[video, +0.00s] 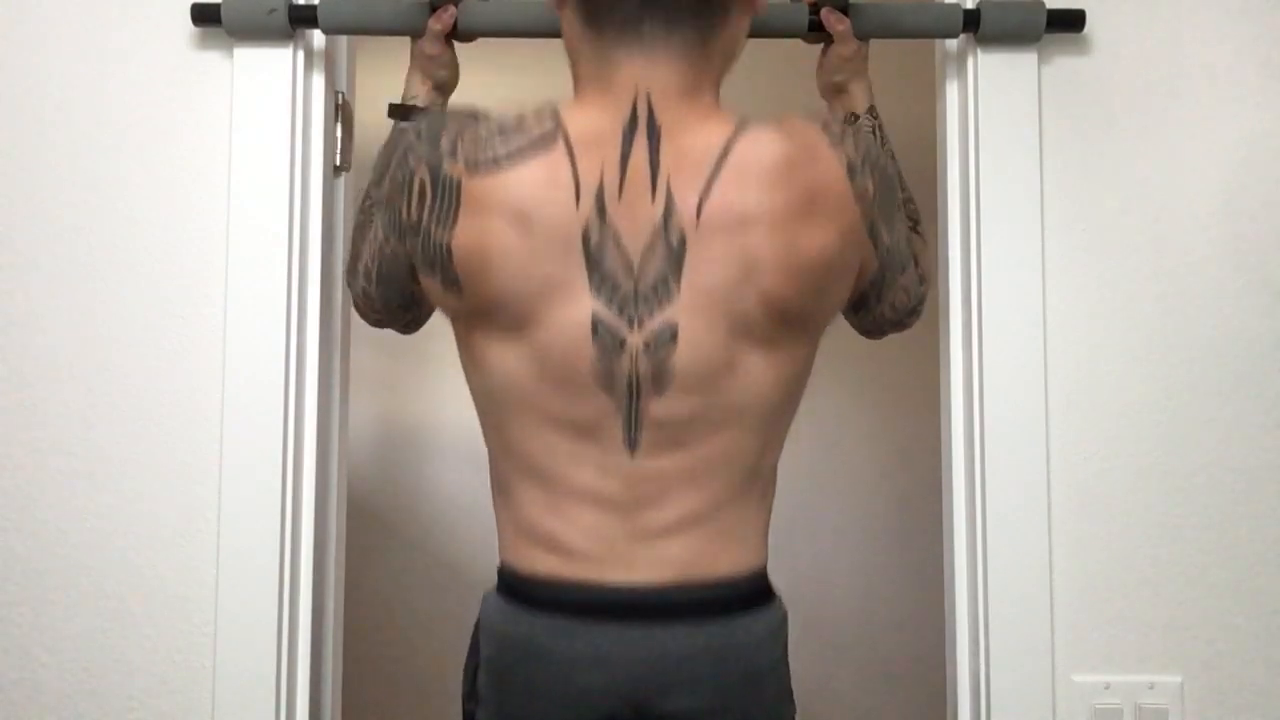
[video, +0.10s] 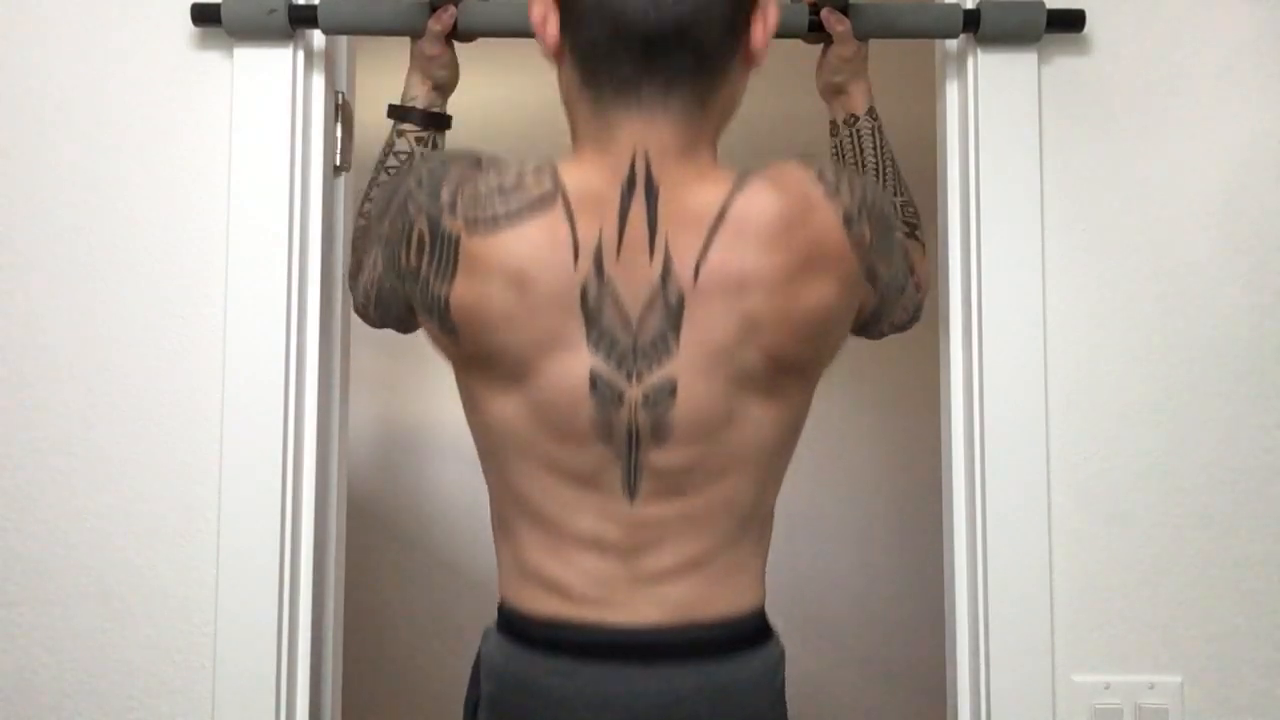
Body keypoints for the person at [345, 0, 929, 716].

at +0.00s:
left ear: (568, 16)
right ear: (741, 16)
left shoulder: (464, 168)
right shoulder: (812, 175)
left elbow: (382, 299)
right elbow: (894, 301)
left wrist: (420, 102)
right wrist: (852, 101)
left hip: (535, 647)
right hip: (728, 650)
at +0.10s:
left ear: (547, 29)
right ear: (757, 34)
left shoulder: (468, 225)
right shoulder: (809, 228)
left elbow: (377, 289)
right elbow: (898, 294)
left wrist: (421, 101)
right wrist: (852, 101)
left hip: (535, 675)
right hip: (728, 677)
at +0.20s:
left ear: (547, 86)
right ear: (758, 92)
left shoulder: (467, 277)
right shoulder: (809, 277)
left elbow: (378, 264)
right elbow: (901, 273)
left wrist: (423, 96)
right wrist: (852, 100)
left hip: (531, 693)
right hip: (727, 695)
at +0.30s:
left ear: (547, 135)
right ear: (758, 144)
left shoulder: (474, 325)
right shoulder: (803, 319)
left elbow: (385, 258)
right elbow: (892, 262)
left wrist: (423, 97)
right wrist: (851, 99)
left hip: (530, 704)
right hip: (723, 705)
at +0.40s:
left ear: (545, 183)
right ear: (754, 192)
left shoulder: (480, 365)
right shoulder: (798, 352)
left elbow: (389, 257)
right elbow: (891, 263)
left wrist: (423, 94)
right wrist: (849, 97)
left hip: (532, 707)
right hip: (720, 708)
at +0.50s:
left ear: (541, 223)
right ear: (750, 231)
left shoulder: (483, 402)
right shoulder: (787, 391)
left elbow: (393, 263)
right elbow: (886, 264)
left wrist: (424, 93)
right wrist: (849, 97)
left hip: (533, 712)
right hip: (718, 713)